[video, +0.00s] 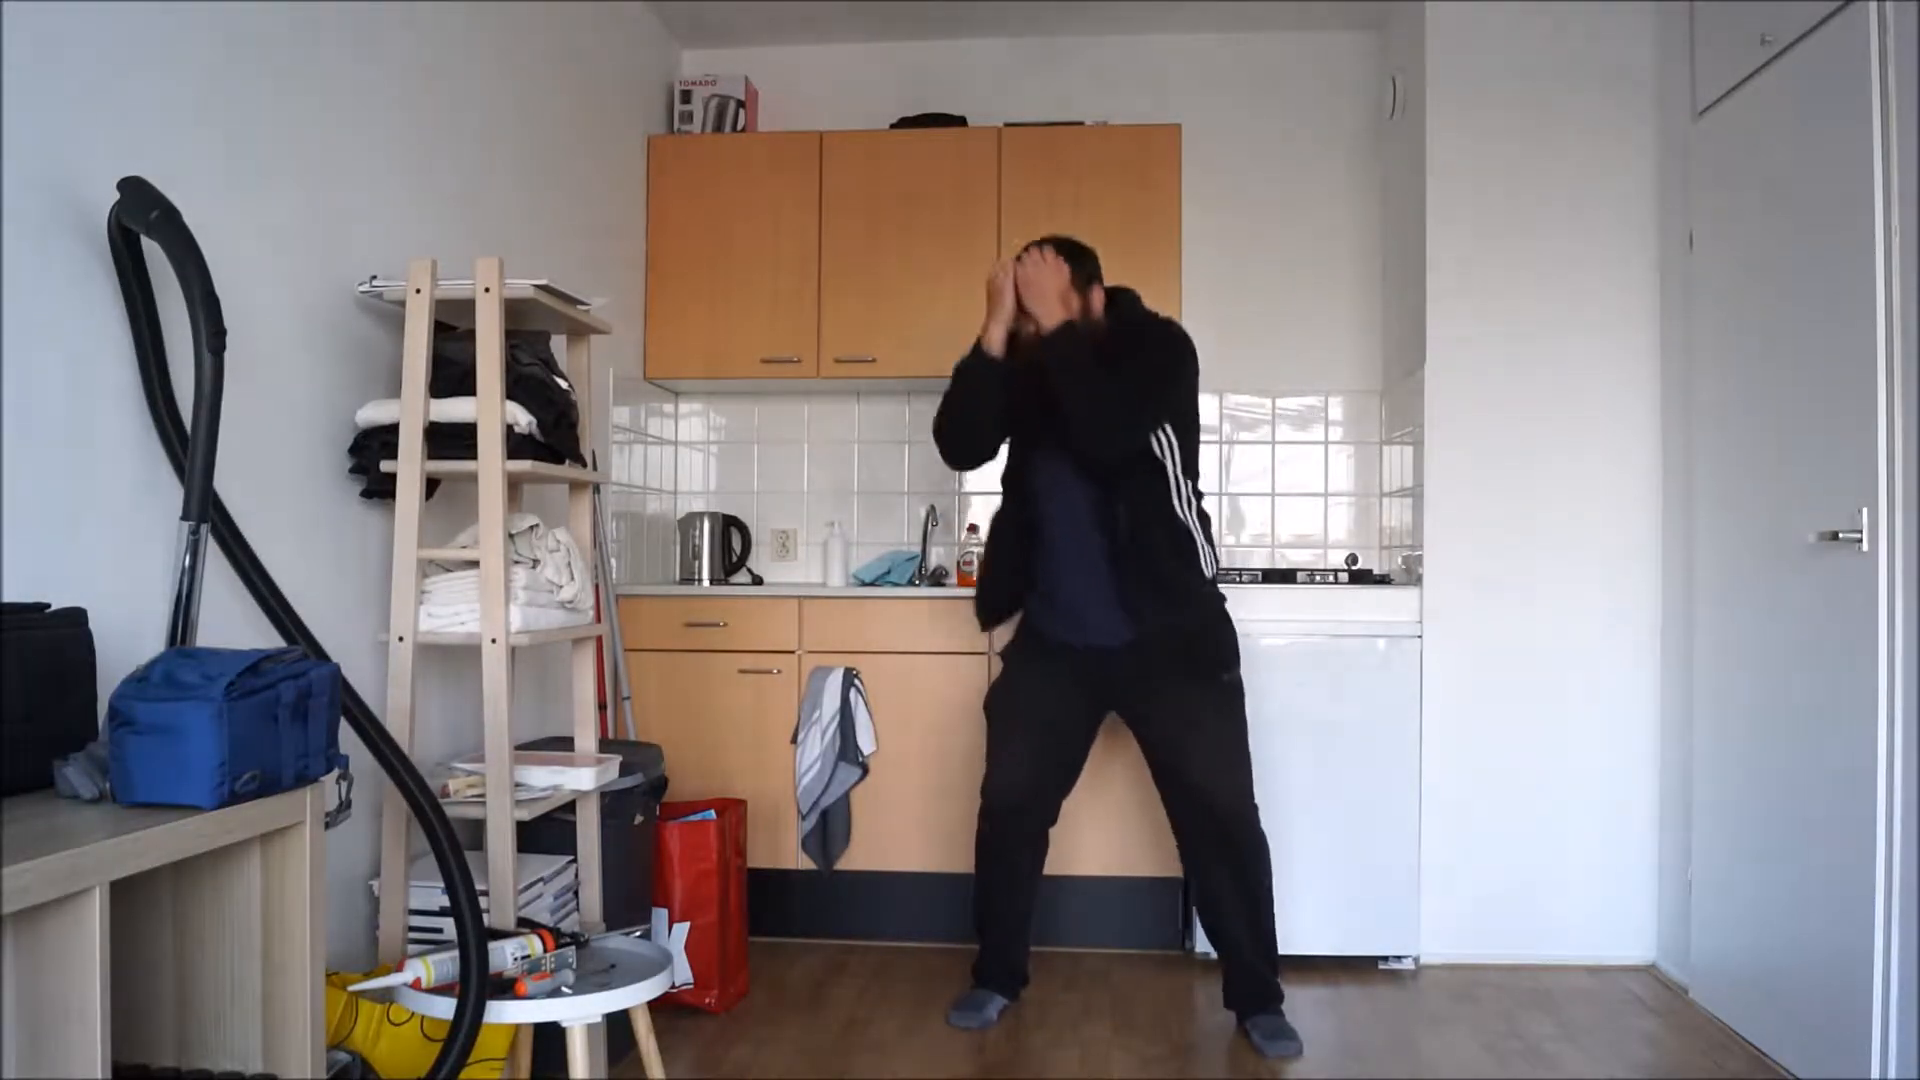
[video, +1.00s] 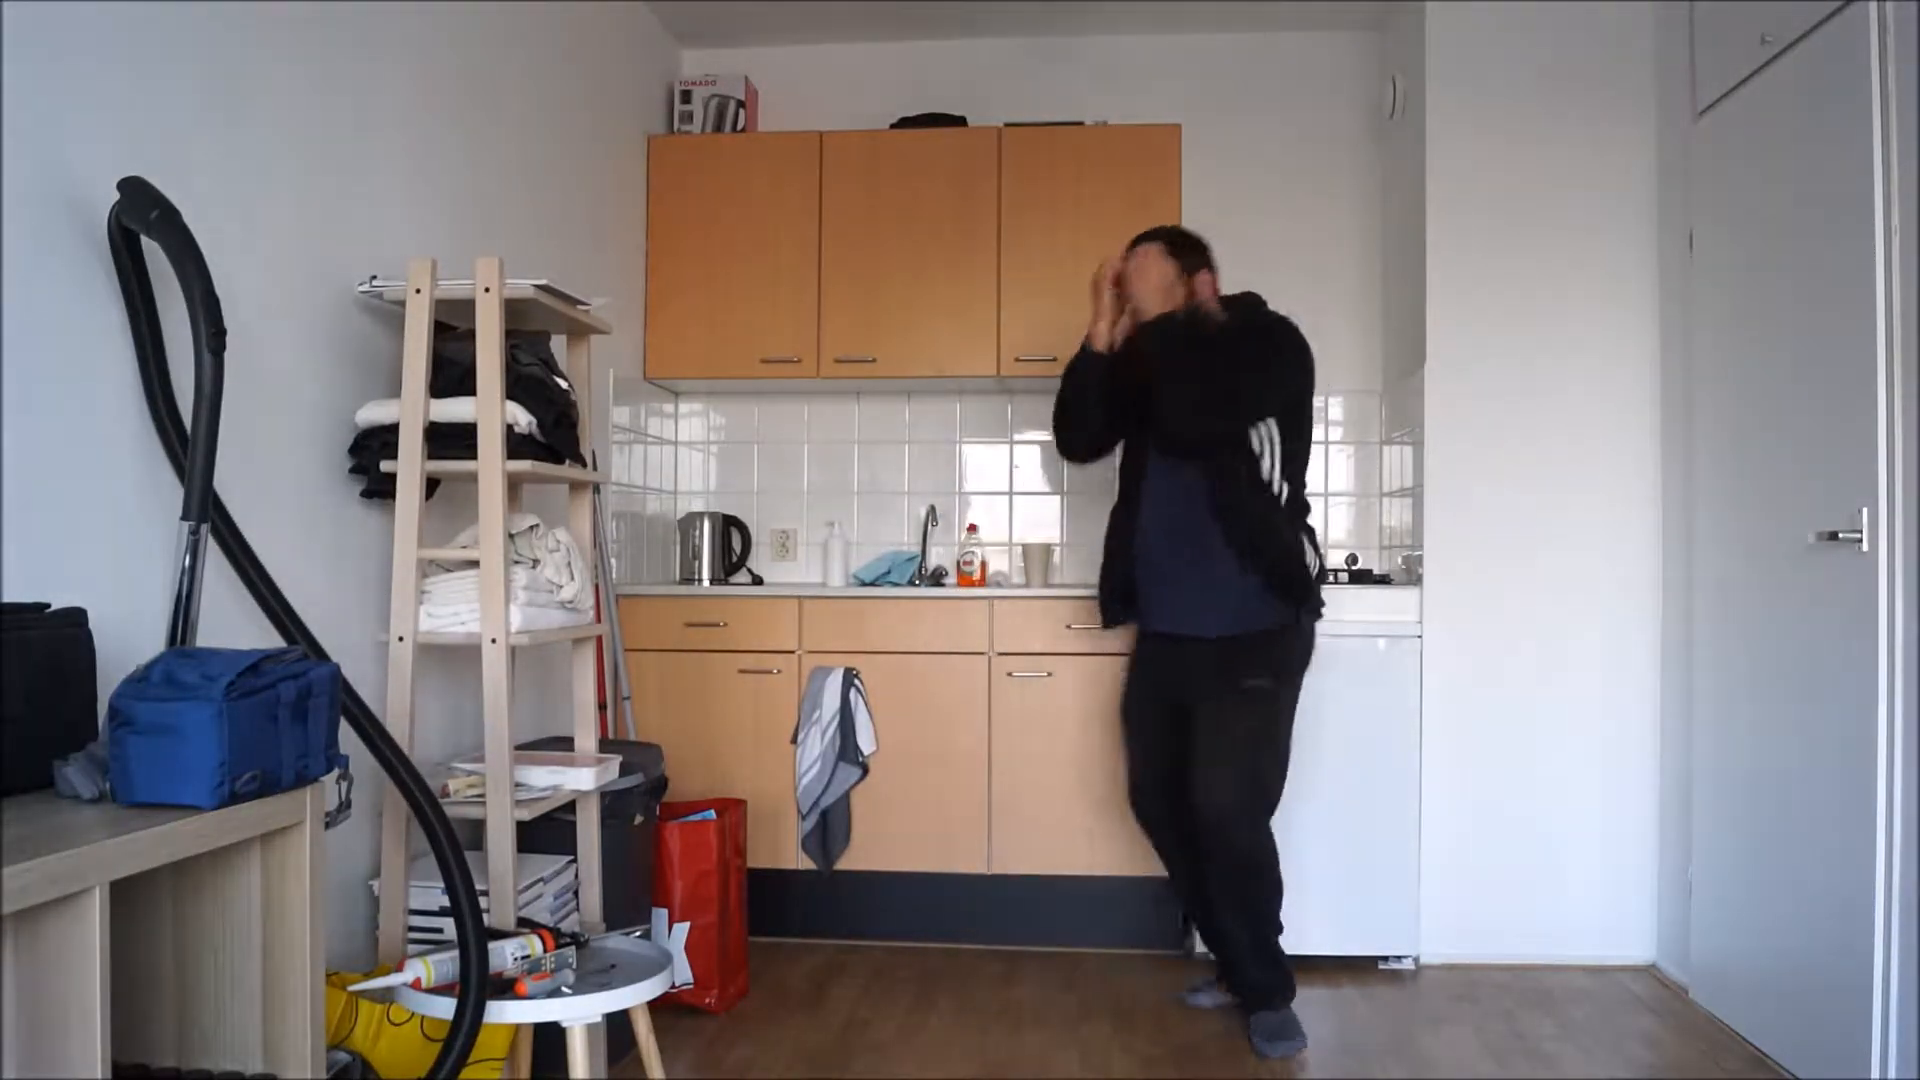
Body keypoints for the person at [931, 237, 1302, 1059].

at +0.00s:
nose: (1026, 298)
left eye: (1039, 283)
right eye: (1017, 287)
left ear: (1087, 293)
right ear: (1019, 304)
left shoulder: (1157, 344)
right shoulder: (1025, 362)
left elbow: (1112, 435)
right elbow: (959, 446)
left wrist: (1056, 328)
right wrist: (991, 338)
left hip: (1170, 633)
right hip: (1056, 635)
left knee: (1222, 818)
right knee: (1011, 803)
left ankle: (1258, 1000)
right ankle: (997, 979)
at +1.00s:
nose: (1123, 285)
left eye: (1137, 269)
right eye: (1120, 277)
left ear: (1197, 280)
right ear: (1129, 296)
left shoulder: (1270, 341)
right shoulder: (1138, 358)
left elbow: (1213, 405)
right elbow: (1078, 440)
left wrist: (1163, 321)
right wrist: (1100, 331)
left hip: (1256, 628)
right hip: (1167, 630)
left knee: (1228, 809)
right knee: (1159, 800)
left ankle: (1267, 997)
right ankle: (1237, 959)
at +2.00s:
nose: (1097, 467)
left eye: (1095, 454)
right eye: (1095, 456)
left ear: (1120, 429)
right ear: (1151, 409)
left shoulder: (1154, 456)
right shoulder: (1235, 426)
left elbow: (1111, 572)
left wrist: (1080, 486)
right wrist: (1112, 483)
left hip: (1290, 664)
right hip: (1370, 652)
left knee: (1169, 817)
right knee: (1253, 809)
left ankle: (1223, 1049)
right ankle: (1326, 980)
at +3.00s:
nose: (1090, 293)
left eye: (1093, 288)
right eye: (1098, 287)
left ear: (1107, 292)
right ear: (1174, 285)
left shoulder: (1092, 332)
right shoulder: (1246, 337)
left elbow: (1046, 422)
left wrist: (1077, 318)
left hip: (1151, 613)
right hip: (1267, 610)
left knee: (1087, 817)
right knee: (1259, 807)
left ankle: (1063, 1028)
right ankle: (1300, 1015)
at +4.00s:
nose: (1138, 286)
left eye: (1139, 270)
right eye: (1131, 269)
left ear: (1077, 262)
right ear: (1085, 262)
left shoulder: (1057, 324)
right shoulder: (1025, 307)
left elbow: (1138, 424)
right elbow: (1151, 403)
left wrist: (1148, 309)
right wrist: (1153, 298)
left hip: (1018, 610)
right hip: (969, 612)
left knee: (1067, 782)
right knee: (1020, 807)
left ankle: (1030, 976)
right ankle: (956, 1053)